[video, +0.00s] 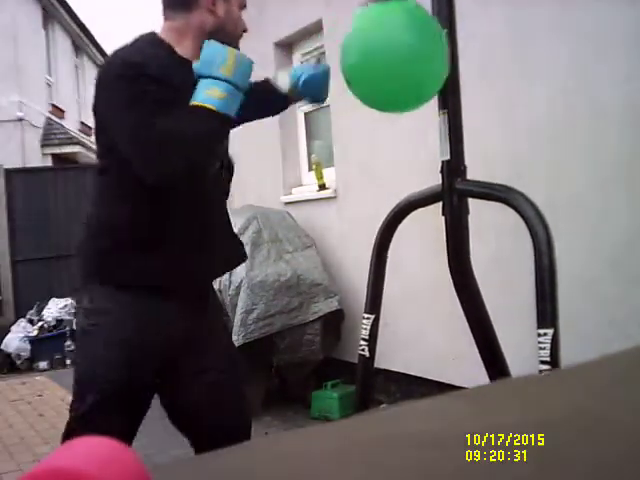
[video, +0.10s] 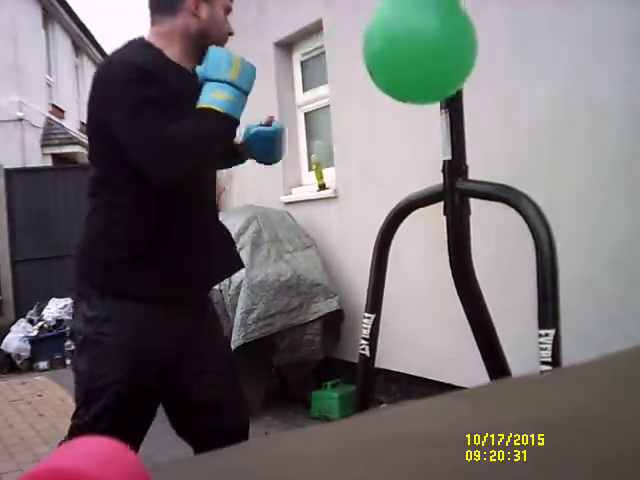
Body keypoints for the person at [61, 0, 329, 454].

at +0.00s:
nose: (245, 23)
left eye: (244, 9)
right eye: (241, 8)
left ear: (207, 9)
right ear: (211, 7)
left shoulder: (197, 77)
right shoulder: (129, 70)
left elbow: (228, 107)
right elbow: (164, 162)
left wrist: (288, 88)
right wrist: (216, 91)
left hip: (189, 295)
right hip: (122, 297)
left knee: (230, 446)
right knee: (91, 455)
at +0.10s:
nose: (230, 29)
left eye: (230, 13)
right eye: (226, 12)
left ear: (193, 11)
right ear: (195, 9)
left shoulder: (190, 83)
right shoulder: (127, 72)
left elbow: (193, 155)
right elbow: (166, 160)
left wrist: (243, 147)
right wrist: (221, 101)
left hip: (184, 301)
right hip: (123, 303)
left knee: (227, 446)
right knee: (97, 457)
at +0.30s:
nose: (191, 40)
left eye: (192, 27)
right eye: (187, 24)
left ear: (152, 20)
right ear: (153, 16)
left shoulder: (133, 94)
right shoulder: (85, 82)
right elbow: (128, 168)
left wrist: (190, 142)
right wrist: (183, 117)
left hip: (150, 321)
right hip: (85, 325)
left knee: (213, 450)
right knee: (73, 468)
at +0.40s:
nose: (157, 49)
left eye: (158, 36)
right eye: (153, 33)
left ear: (117, 30)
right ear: (116, 27)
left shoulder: (103, 108)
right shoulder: (43, 95)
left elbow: (109, 188)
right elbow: (95, 187)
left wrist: (160, 146)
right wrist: (144, 125)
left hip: (122, 335)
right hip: (52, 345)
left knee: (192, 459)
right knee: (56, 475)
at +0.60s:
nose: (94, 47)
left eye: (95, 35)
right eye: (90, 31)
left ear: (51, 23)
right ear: (50, 21)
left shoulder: (39, 108)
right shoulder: (5, 96)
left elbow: (69, 193)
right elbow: (28, 190)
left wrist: (104, 142)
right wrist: (77, 123)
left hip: (60, 317)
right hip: (26, 321)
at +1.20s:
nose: (90, 19)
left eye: (92, 7)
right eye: (87, 4)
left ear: (42, 3)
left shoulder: (28, 72)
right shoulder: (9, 68)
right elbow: (49, 163)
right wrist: (88, 78)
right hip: (33, 319)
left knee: (120, 446)